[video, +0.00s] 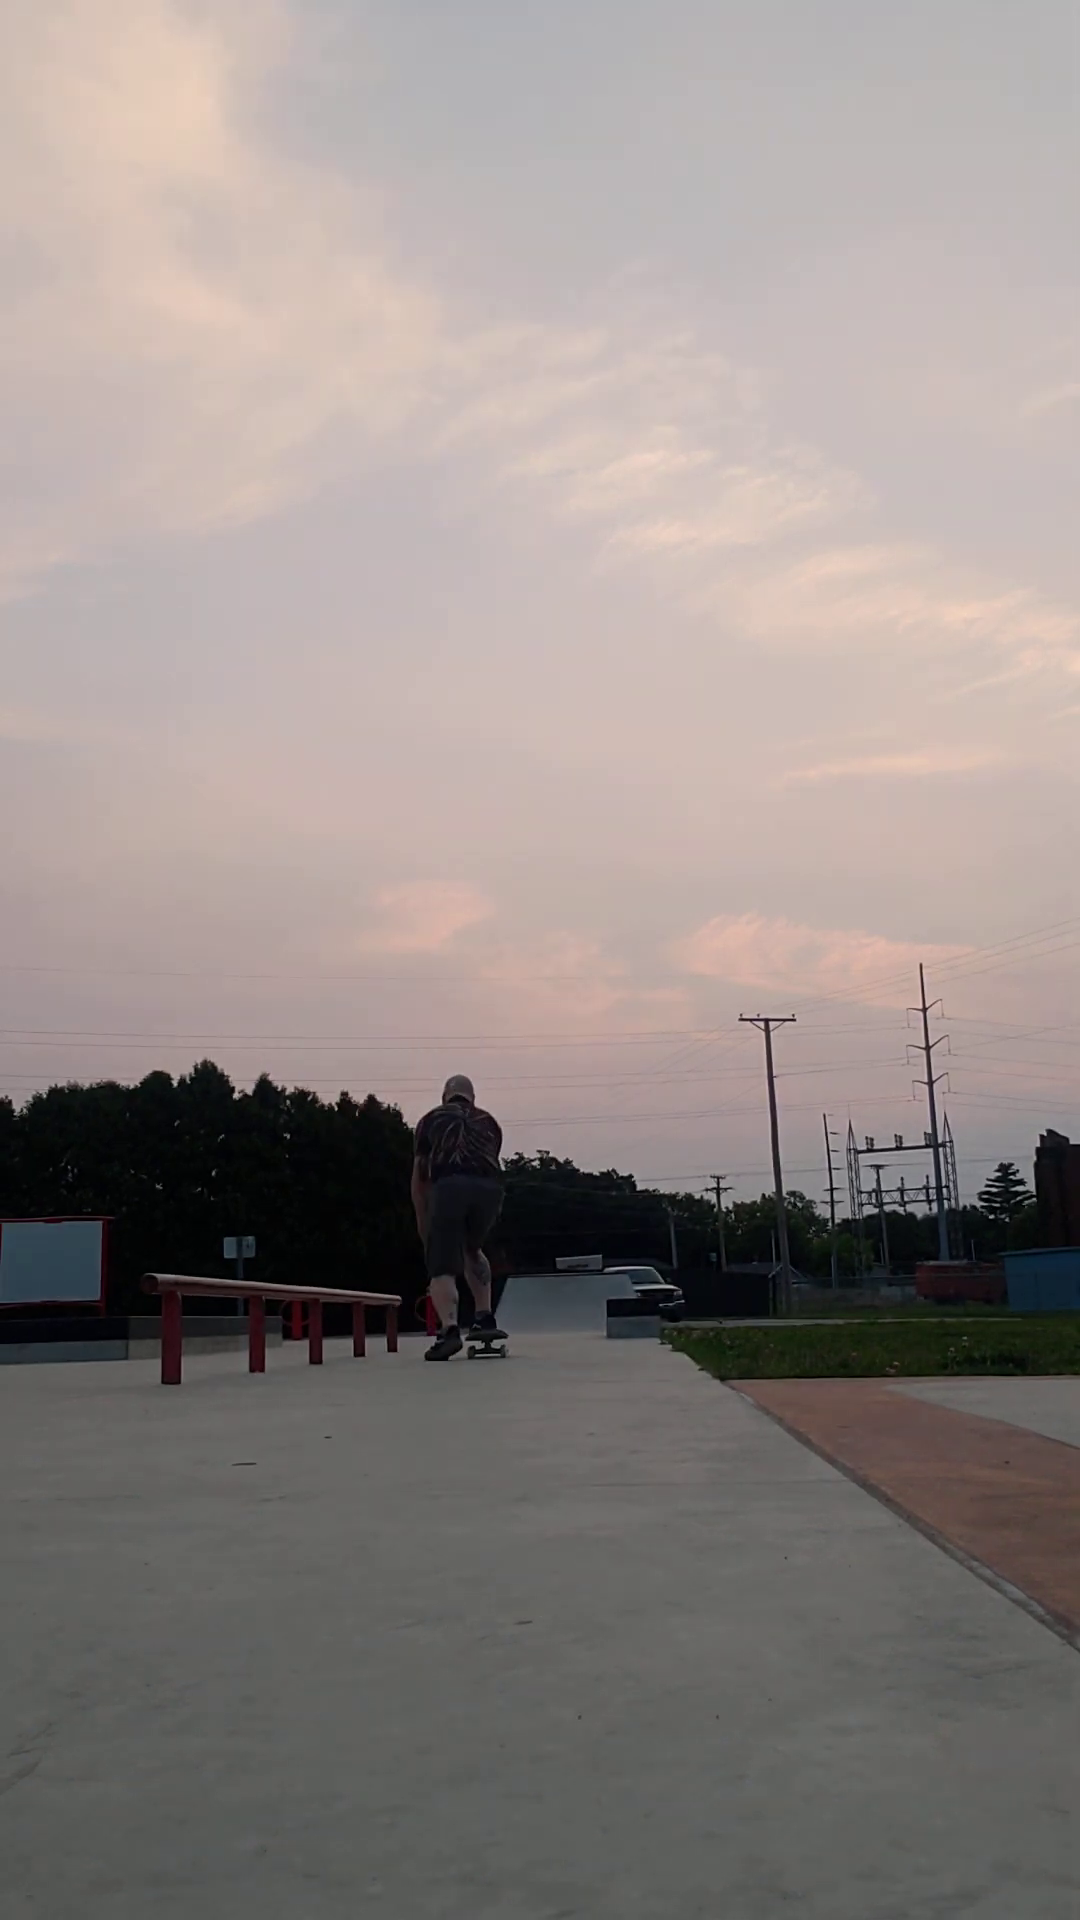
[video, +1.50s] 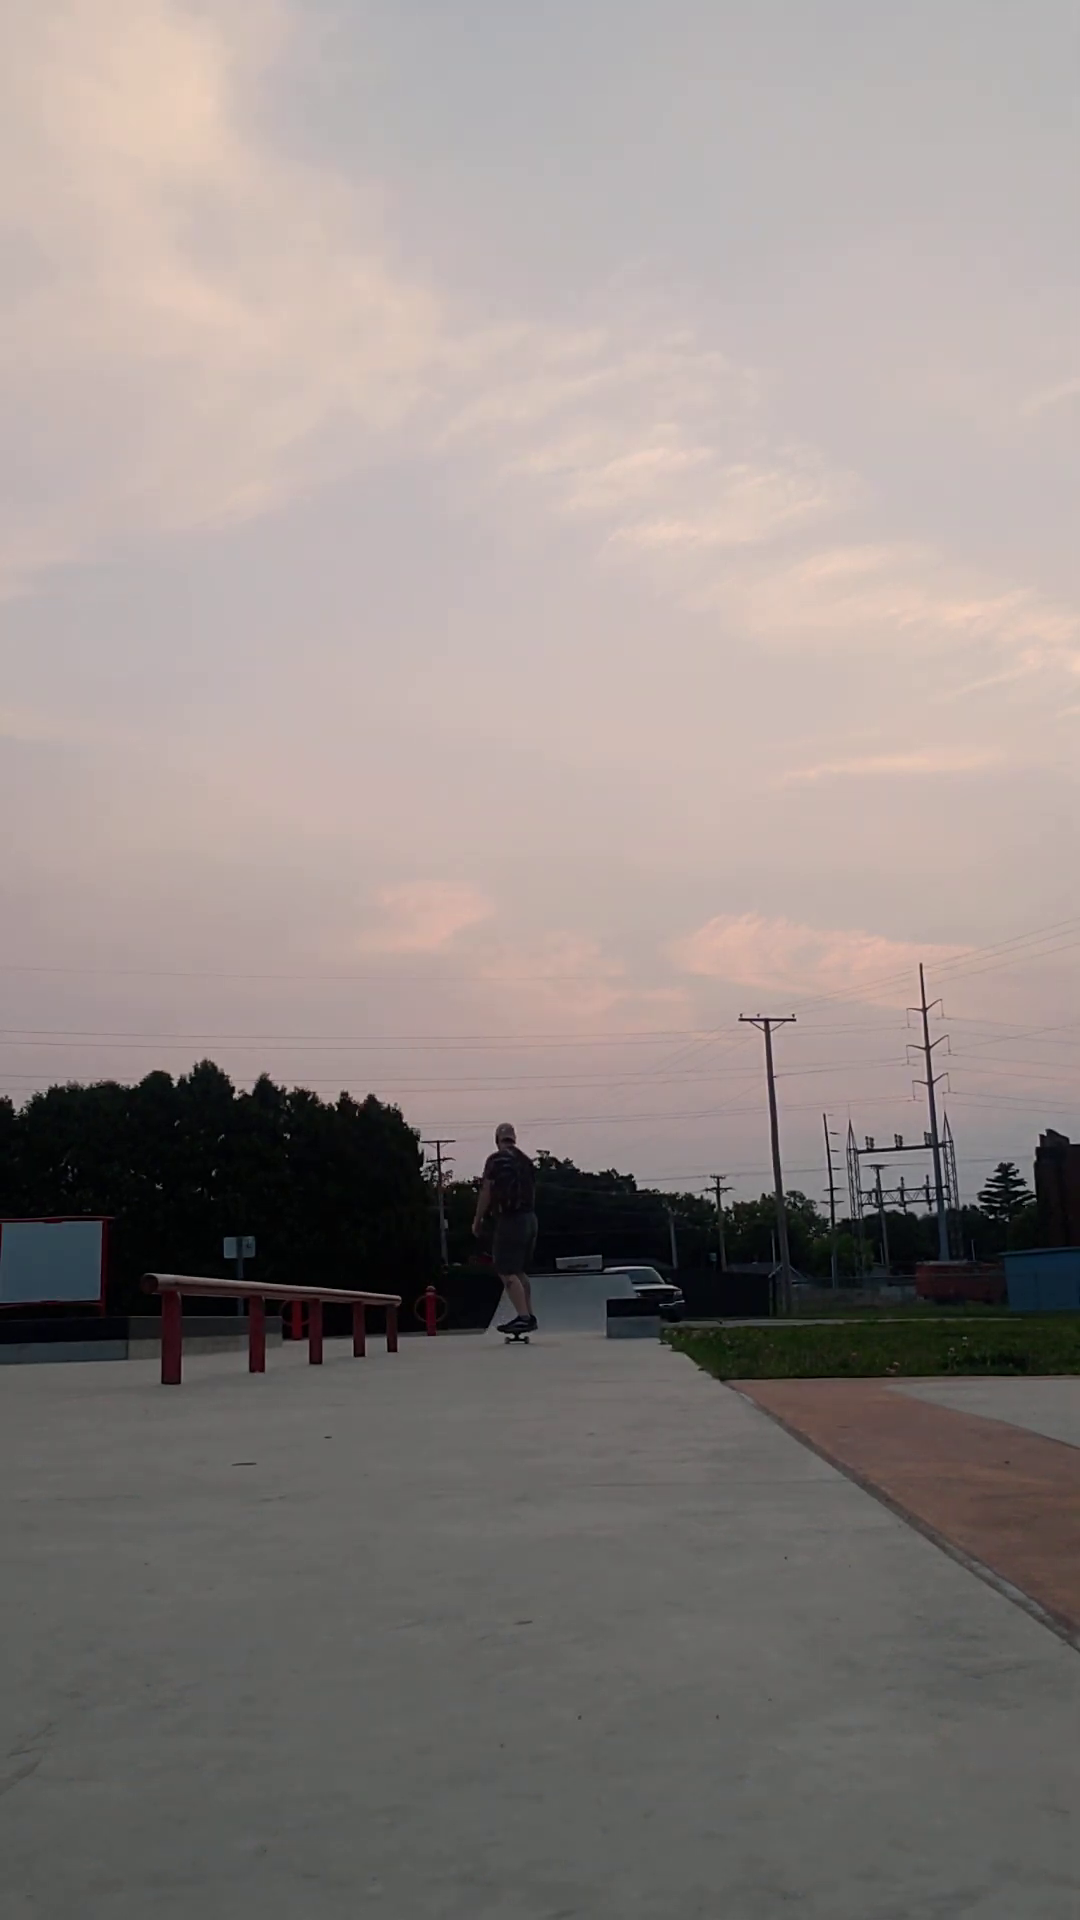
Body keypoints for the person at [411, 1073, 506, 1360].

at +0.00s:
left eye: (447, 1096)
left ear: (444, 1096)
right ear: (473, 1097)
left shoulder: (429, 1120)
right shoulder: (490, 1121)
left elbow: (419, 1178)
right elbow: (490, 1169)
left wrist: (423, 1225)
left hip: (446, 1193)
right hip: (488, 1193)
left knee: (441, 1265)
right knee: (473, 1248)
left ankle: (449, 1331)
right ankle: (485, 1319)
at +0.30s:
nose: (476, 1098)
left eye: (473, 1094)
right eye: (482, 1095)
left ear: (468, 1093)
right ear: (494, 1094)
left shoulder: (454, 1119)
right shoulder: (511, 1124)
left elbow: (449, 1163)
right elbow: (509, 1162)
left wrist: (460, 1181)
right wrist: (488, 1177)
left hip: (466, 1192)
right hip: (502, 1194)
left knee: (451, 1260)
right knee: (488, 1256)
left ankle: (472, 1271)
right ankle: (491, 1319)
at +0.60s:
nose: (479, 1096)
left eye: (476, 1092)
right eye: (487, 1091)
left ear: (475, 1091)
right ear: (499, 1091)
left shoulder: (471, 1115)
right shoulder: (515, 1120)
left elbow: (453, 1153)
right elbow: (523, 1168)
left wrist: (445, 1187)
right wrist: (521, 1205)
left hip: (486, 1196)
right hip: (514, 1197)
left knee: (476, 1256)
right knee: (499, 1258)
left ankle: (508, 1315)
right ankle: (502, 1318)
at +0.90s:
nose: (490, 1110)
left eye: (487, 1106)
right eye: (496, 1106)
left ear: (485, 1107)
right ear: (506, 1106)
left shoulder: (488, 1127)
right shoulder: (520, 1134)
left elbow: (480, 1155)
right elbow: (526, 1180)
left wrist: (451, 1184)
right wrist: (528, 1214)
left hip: (497, 1204)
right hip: (518, 1205)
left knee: (488, 1260)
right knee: (504, 1262)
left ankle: (513, 1316)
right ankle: (517, 1313)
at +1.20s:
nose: (497, 1127)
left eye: (494, 1124)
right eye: (502, 1124)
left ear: (491, 1124)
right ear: (510, 1123)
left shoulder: (489, 1145)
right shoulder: (523, 1147)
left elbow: (485, 1180)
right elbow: (525, 1182)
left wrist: (478, 1211)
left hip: (502, 1211)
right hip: (524, 1210)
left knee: (501, 1266)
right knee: (515, 1266)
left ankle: (518, 1315)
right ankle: (523, 1315)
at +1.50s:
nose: (502, 1144)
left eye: (500, 1140)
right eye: (506, 1140)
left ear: (497, 1140)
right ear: (515, 1139)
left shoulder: (495, 1160)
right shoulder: (526, 1160)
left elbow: (486, 1190)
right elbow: (529, 1191)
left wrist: (478, 1218)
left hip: (508, 1219)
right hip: (528, 1217)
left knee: (506, 1270)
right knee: (519, 1270)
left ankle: (523, 1315)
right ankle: (528, 1315)